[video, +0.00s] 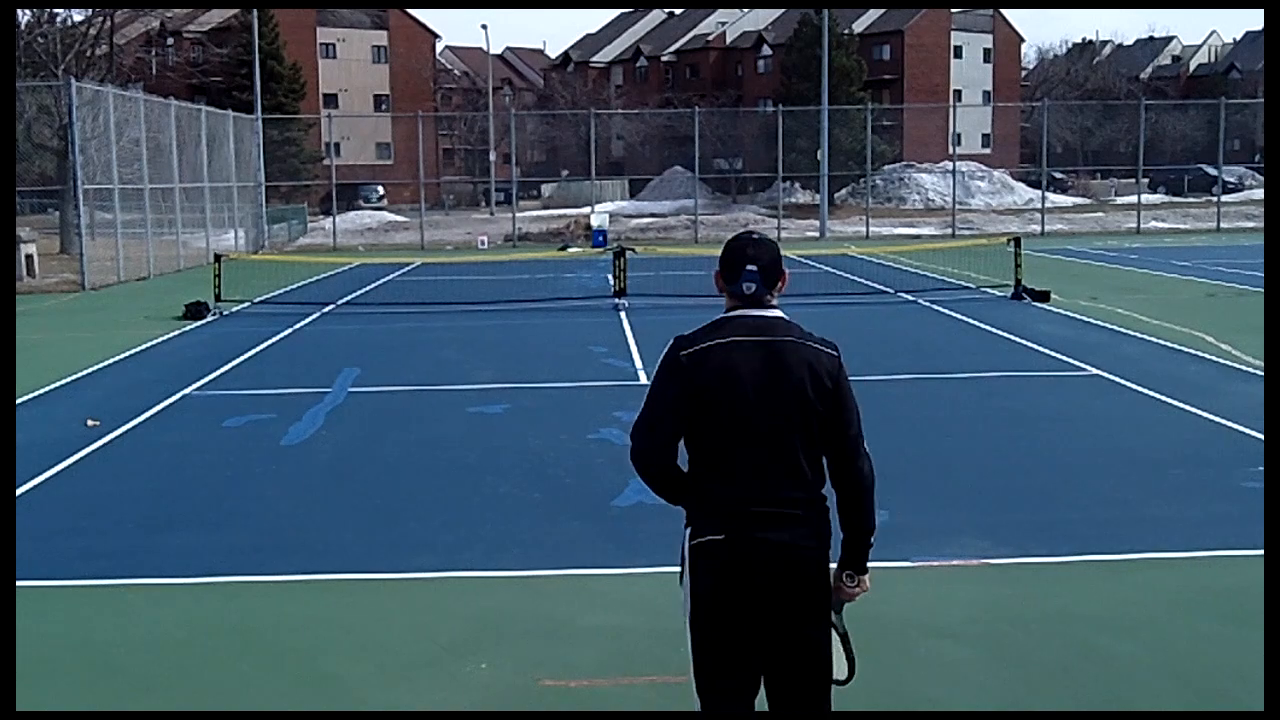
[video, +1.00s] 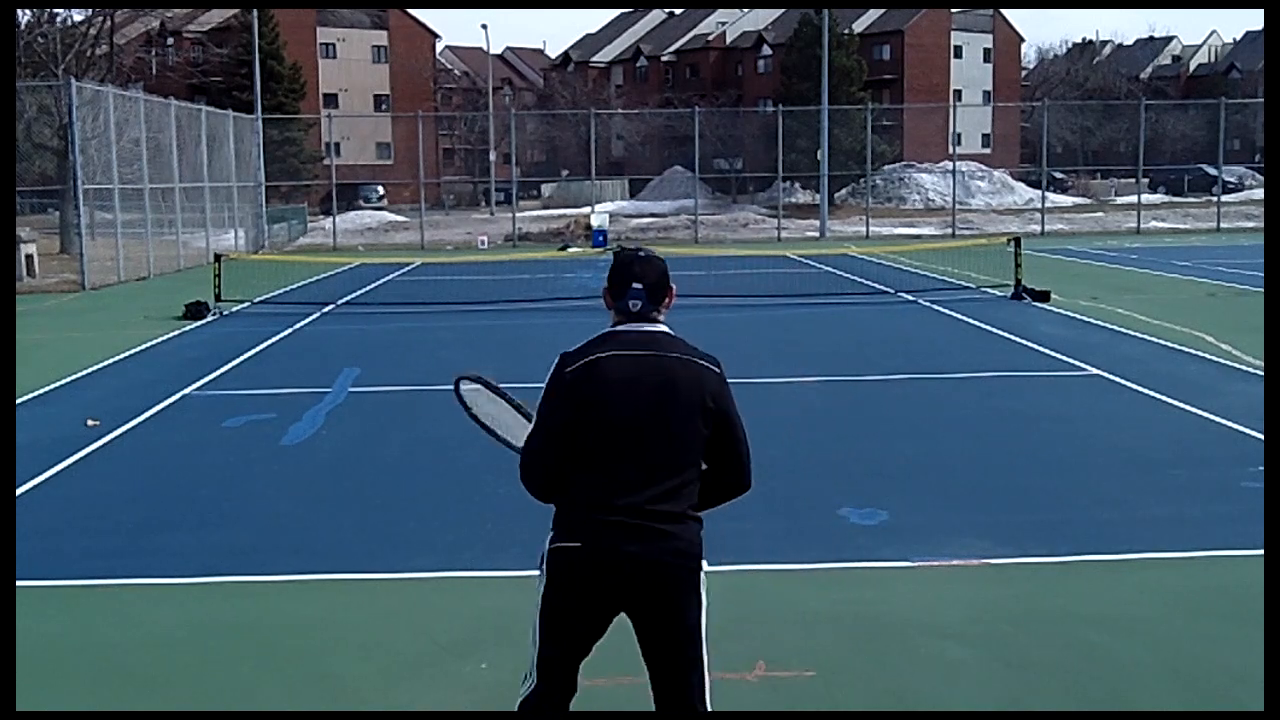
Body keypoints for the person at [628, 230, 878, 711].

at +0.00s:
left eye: (722, 277)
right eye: (781, 275)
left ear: (719, 282)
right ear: (782, 282)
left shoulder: (687, 353)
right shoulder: (819, 355)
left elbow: (648, 452)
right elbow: (853, 468)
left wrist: (697, 498)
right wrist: (855, 560)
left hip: (718, 559)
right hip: (800, 556)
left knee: (724, 699)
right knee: (804, 699)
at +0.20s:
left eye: (719, 280)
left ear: (715, 286)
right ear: (778, 287)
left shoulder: (685, 354)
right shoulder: (813, 361)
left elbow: (648, 451)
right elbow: (842, 472)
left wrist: (688, 505)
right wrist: (838, 559)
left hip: (704, 558)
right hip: (789, 558)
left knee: (681, 686)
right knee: (799, 696)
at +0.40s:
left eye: (690, 282)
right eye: (747, 281)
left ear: (686, 287)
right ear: (749, 287)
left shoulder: (657, 357)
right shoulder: (785, 359)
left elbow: (616, 456)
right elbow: (819, 469)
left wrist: (665, 500)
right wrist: (812, 551)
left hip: (677, 557)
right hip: (763, 557)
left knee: (637, 694)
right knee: (784, 698)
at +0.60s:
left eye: (640, 295)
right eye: (697, 292)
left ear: (637, 301)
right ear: (698, 299)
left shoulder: (604, 365)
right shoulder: (735, 371)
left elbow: (549, 453)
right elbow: (778, 477)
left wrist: (601, 487)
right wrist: (755, 548)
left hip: (624, 567)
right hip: (711, 567)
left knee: (593, 702)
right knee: (747, 702)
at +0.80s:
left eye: (617, 281)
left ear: (615, 286)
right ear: (677, 285)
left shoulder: (582, 351)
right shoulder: (713, 355)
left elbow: (535, 455)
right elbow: (749, 459)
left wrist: (558, 470)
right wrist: (703, 501)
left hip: (601, 548)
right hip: (687, 549)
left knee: (588, 690)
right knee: (688, 687)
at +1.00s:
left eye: (611, 293)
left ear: (607, 299)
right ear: (669, 298)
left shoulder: (573, 367)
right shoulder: (703, 369)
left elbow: (538, 475)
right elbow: (735, 475)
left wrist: (585, 491)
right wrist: (673, 498)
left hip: (582, 559)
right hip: (670, 559)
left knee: (550, 686)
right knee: (682, 695)